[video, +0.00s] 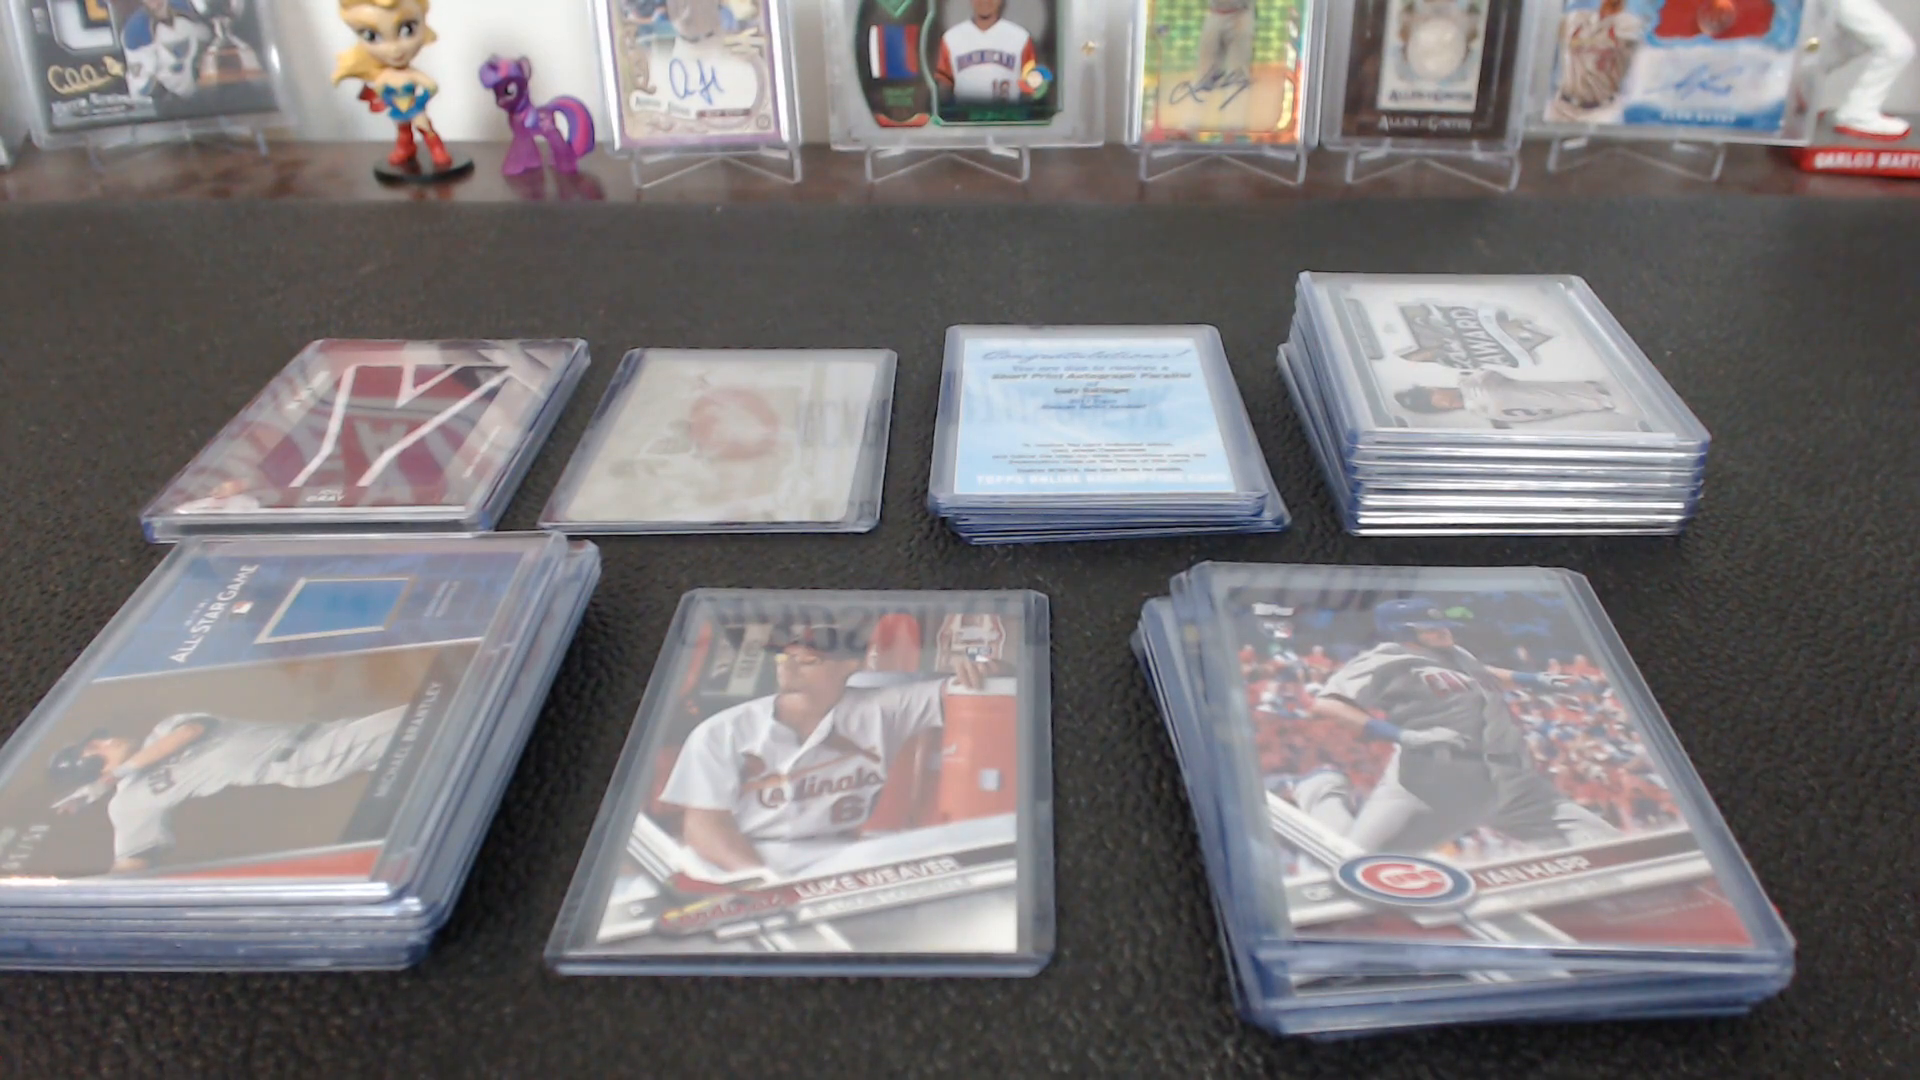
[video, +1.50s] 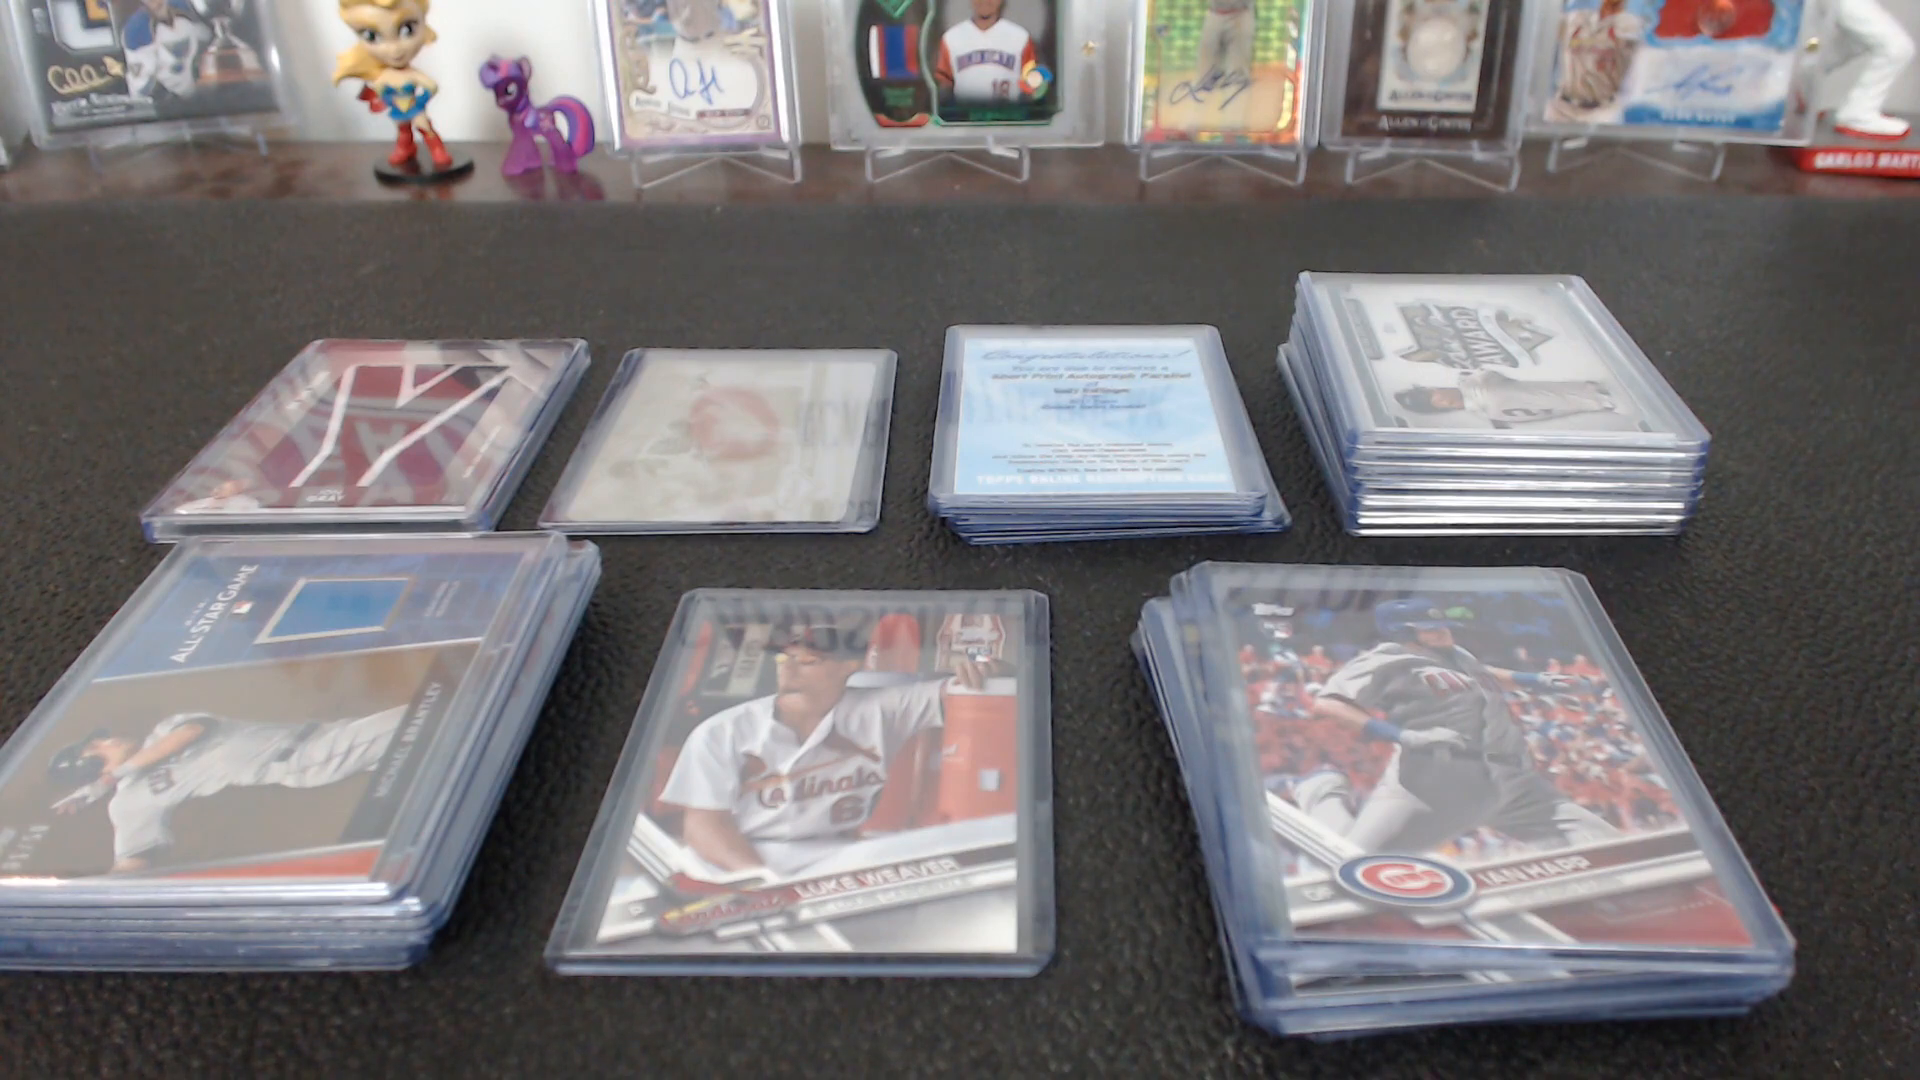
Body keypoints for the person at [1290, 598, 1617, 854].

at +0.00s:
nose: (1446, 631)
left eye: (1446, 623)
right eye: (1434, 623)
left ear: (1447, 626)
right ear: (1406, 630)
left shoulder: (1458, 657)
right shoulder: (1387, 660)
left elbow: (1490, 676)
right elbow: (1328, 704)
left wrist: (1539, 682)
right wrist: (1404, 736)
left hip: (1509, 789)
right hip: (1428, 796)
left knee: (1613, 849)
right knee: (1353, 868)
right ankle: (1321, 792)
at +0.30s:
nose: (1446, 631)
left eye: (1446, 623)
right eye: (1434, 624)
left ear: (1447, 627)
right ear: (1406, 630)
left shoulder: (1459, 657)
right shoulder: (1387, 660)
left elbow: (1490, 676)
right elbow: (1328, 704)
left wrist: (1539, 682)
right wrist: (1404, 736)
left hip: (1509, 789)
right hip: (1428, 796)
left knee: (1612, 849)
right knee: (1353, 868)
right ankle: (1321, 792)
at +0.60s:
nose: (1445, 631)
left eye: (1444, 622)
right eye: (1433, 624)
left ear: (1445, 625)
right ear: (1405, 629)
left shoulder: (1458, 657)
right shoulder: (1386, 660)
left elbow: (1490, 677)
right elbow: (1328, 704)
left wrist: (1541, 682)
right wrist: (1404, 736)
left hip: (1508, 788)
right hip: (1429, 795)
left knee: (1610, 848)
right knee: (1351, 870)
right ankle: (1322, 793)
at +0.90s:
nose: (1445, 631)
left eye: (1444, 623)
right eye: (1433, 624)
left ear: (1445, 626)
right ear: (1405, 630)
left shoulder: (1458, 657)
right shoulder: (1386, 660)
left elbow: (1490, 677)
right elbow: (1328, 704)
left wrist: (1541, 682)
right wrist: (1404, 736)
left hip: (1508, 788)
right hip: (1428, 795)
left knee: (1610, 847)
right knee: (1351, 870)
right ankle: (1322, 793)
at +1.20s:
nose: (1445, 631)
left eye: (1445, 623)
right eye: (1433, 624)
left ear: (1447, 625)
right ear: (1405, 628)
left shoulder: (1459, 657)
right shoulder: (1388, 659)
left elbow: (1489, 677)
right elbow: (1328, 704)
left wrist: (1540, 682)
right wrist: (1404, 736)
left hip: (1508, 787)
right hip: (1429, 793)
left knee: (1609, 846)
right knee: (1350, 869)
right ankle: (1322, 793)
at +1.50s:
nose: (1445, 631)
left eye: (1445, 623)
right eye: (1433, 623)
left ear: (1448, 624)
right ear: (1405, 628)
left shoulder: (1459, 657)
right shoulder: (1388, 659)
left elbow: (1490, 677)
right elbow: (1328, 704)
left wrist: (1541, 683)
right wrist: (1404, 735)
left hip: (1509, 787)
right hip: (1430, 793)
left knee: (1610, 847)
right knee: (1351, 868)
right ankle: (1321, 793)